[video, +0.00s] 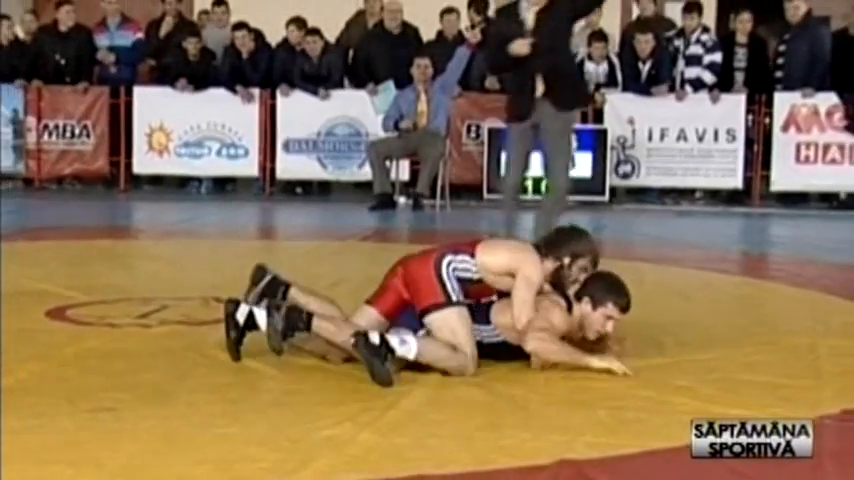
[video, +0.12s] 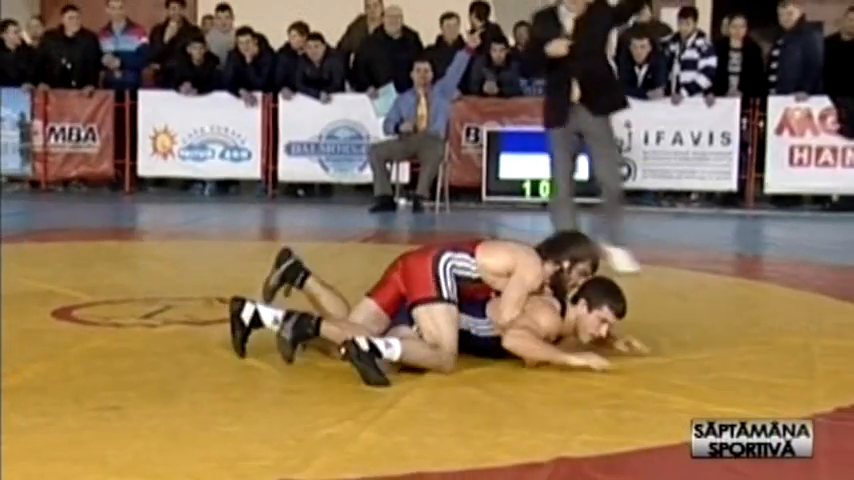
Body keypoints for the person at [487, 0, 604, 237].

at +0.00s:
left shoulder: (563, 8)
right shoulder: (503, 16)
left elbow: (593, 2)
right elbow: (493, 63)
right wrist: (509, 51)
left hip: (558, 100)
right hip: (521, 101)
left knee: (558, 180)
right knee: (513, 177)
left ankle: (544, 237)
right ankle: (507, 235)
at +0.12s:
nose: (579, 4)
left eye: (582, 2)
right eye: (575, 1)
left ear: (588, 1)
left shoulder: (602, 14)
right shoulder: (544, 20)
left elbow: (633, 6)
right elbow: (529, 62)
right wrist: (545, 50)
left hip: (595, 108)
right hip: (560, 108)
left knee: (610, 180)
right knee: (562, 184)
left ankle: (612, 242)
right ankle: (567, 246)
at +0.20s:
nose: (600, 12)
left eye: (606, 7)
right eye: (595, 6)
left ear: (615, 10)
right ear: (585, 8)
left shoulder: (624, 32)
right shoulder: (569, 37)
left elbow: (656, 26)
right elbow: (548, 80)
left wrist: (666, 2)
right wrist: (569, 65)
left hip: (621, 126)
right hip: (585, 127)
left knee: (648, 192)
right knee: (582, 197)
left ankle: (667, 251)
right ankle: (578, 258)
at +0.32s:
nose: (636, 23)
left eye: (642, 17)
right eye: (630, 17)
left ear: (653, 20)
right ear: (623, 21)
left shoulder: (664, 46)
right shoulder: (611, 56)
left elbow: (696, 37)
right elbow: (592, 102)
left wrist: (704, 13)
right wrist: (609, 83)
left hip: (664, 143)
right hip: (627, 144)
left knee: (694, 206)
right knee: (600, 206)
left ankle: (718, 267)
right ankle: (573, 264)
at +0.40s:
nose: (661, 22)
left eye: (668, 15)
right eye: (655, 16)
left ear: (680, 18)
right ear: (648, 21)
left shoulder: (696, 43)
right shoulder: (641, 51)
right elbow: (625, 99)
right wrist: (636, 83)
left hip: (697, 141)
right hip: (660, 140)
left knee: (714, 206)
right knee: (628, 205)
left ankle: (717, 268)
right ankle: (583, 257)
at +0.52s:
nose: (694, 13)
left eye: (700, 6)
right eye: (689, 7)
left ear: (713, 7)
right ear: (685, 10)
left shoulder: (732, 28)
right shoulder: (677, 38)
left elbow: (764, 9)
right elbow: (663, 86)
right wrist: (674, 73)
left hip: (730, 125)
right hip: (693, 124)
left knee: (732, 202)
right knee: (681, 199)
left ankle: (725, 264)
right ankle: (680, 264)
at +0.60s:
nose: (720, 15)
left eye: (726, 8)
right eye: (714, 9)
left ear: (738, 10)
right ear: (706, 12)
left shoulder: (753, 32)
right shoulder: (700, 40)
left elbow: (779, 17)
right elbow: (686, 89)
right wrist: (695, 72)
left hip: (748, 126)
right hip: (713, 126)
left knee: (755, 197)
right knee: (718, 203)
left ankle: (756, 256)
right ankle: (730, 268)